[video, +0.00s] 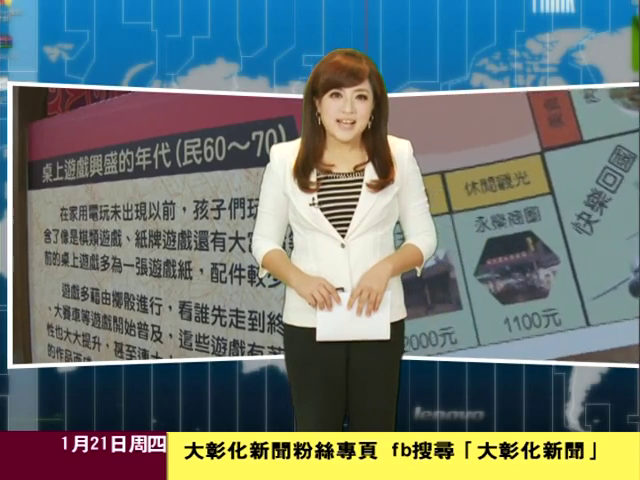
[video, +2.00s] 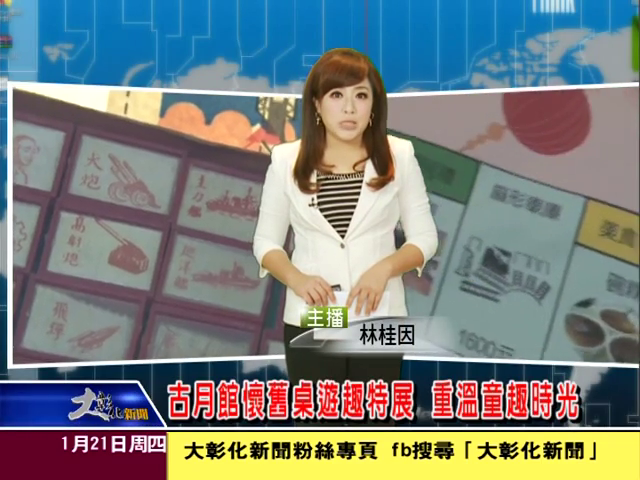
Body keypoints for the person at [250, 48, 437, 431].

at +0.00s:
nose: (348, 108)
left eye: (361, 97)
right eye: (336, 96)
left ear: (374, 106)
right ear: (316, 102)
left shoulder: (396, 156)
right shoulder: (287, 159)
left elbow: (424, 238)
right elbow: (264, 243)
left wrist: (385, 267)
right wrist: (298, 278)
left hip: (378, 328)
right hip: (310, 328)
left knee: (375, 445)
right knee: (316, 445)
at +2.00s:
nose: (349, 107)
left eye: (361, 96)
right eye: (336, 95)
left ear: (374, 104)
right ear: (316, 104)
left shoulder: (397, 156)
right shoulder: (288, 159)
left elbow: (425, 239)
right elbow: (265, 243)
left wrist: (384, 267)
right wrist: (298, 279)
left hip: (379, 324)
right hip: (309, 323)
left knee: (375, 439)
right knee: (314, 438)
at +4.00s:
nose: (345, 104)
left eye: (356, 92)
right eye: (332, 92)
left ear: (370, 103)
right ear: (313, 103)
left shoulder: (395, 155)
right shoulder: (285, 160)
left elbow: (424, 237)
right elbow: (264, 242)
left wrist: (386, 267)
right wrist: (289, 276)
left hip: (377, 324)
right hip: (307, 323)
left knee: (376, 441)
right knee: (314, 440)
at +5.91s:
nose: (349, 105)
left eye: (358, 93)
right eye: (335, 94)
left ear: (370, 102)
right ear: (313, 105)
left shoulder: (394, 155)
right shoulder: (285, 159)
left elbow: (422, 237)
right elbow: (267, 242)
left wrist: (387, 265)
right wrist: (288, 273)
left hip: (377, 324)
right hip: (307, 324)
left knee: (377, 441)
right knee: (314, 440)